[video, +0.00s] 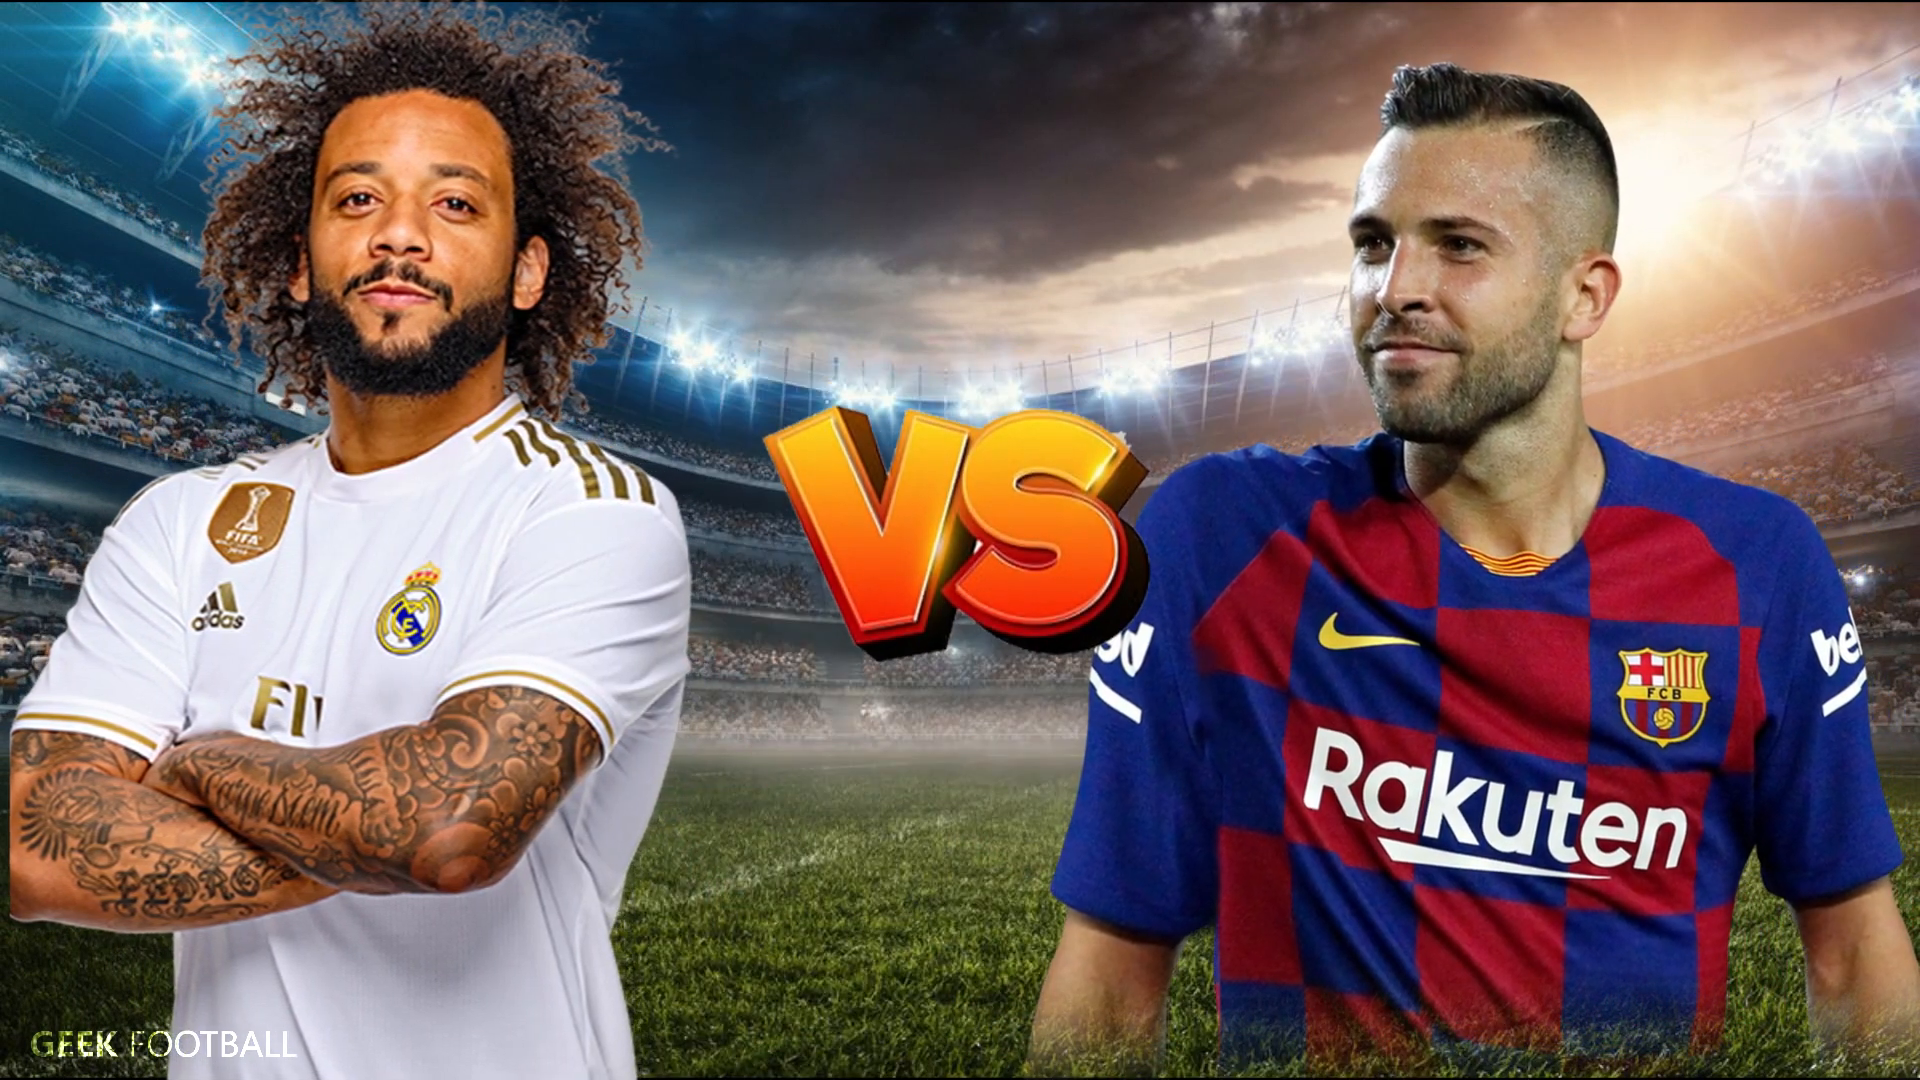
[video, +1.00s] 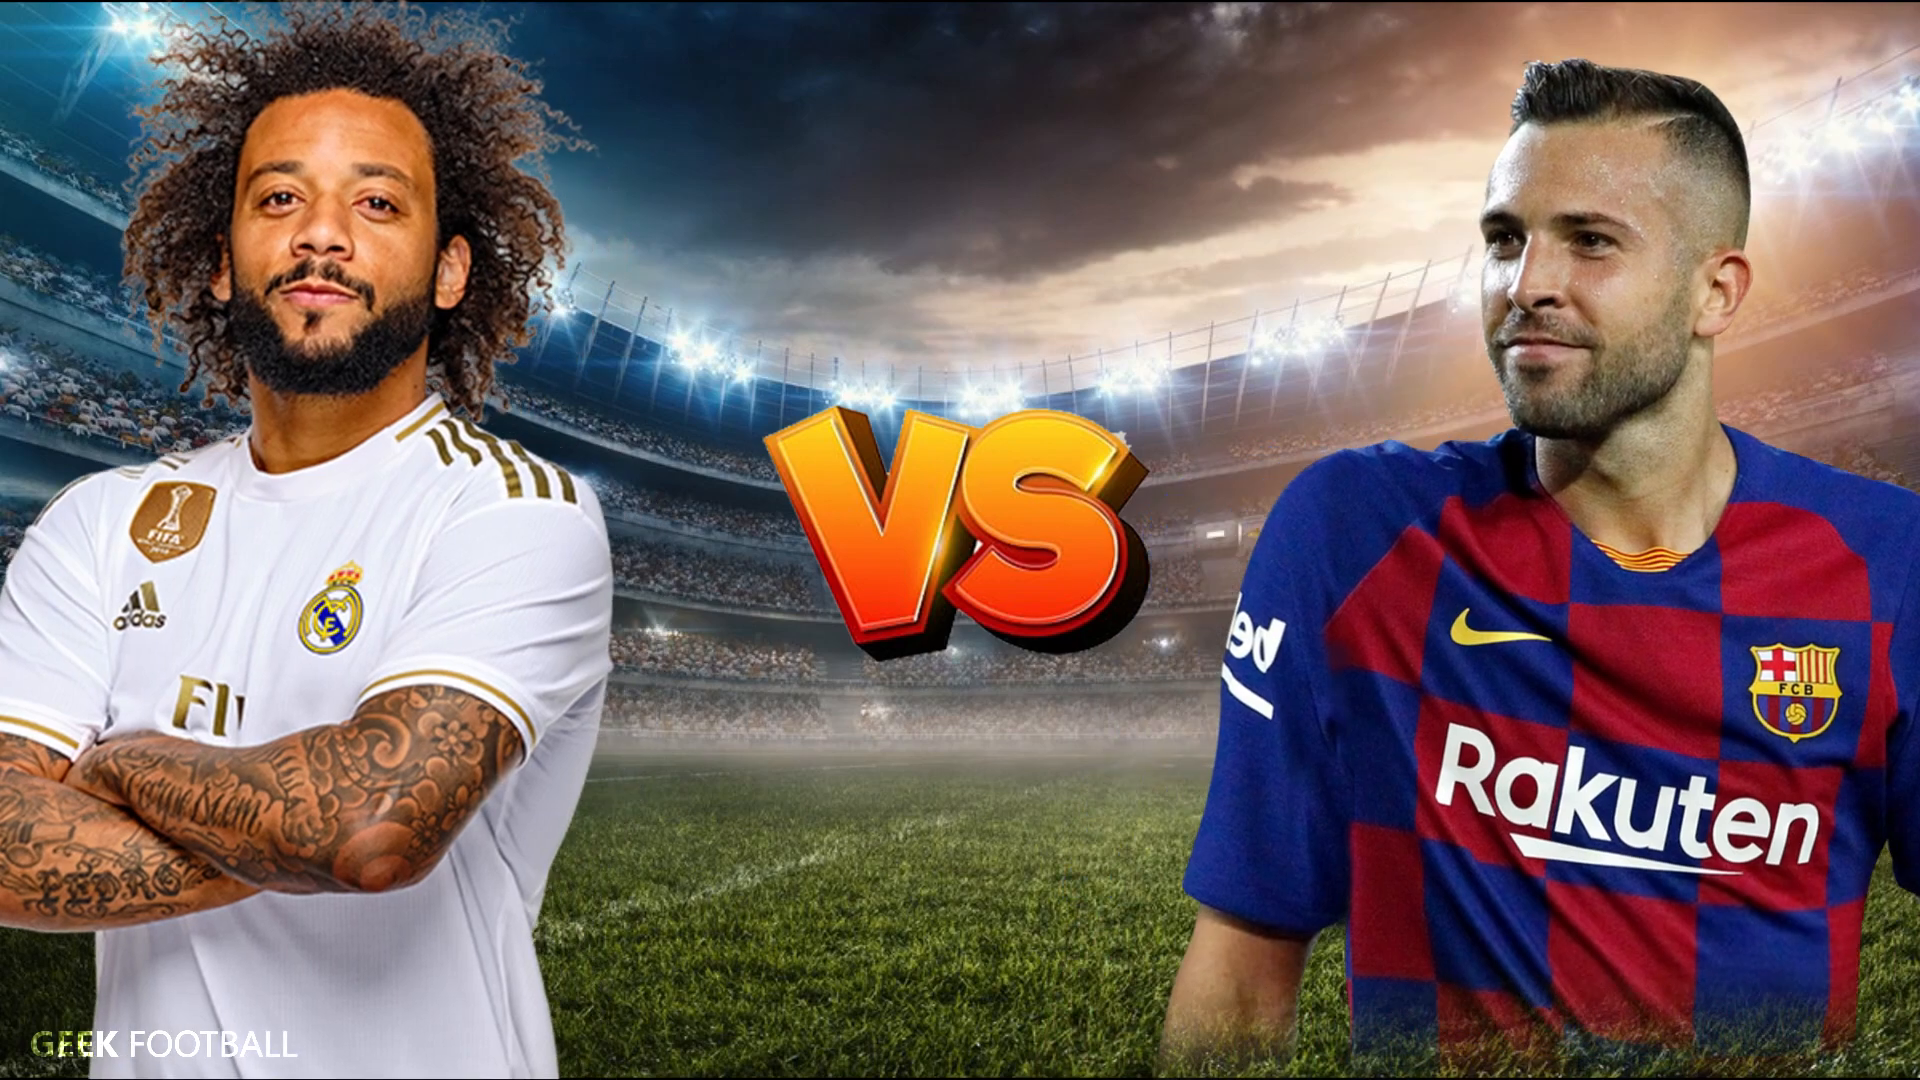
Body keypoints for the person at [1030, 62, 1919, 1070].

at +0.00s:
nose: (1392, 290)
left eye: (1459, 245)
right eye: (1372, 244)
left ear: (1584, 299)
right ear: (1349, 268)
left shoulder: (1760, 568)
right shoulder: (1211, 537)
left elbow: (1855, 944)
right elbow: (1113, 963)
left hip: (1634, 1053)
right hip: (1302, 1051)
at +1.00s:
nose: (1527, 289)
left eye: (1592, 242)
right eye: (1505, 243)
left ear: (1717, 295)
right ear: (1482, 267)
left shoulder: (1892, 563)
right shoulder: (1346, 530)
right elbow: (1242, 962)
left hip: (1768, 1060)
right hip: (1445, 1055)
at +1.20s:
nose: (1653, 280)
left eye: (1719, 234)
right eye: (1633, 234)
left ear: (1844, 285)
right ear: (1612, 255)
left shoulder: (1911, 540)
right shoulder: (1480, 522)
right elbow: (1369, 960)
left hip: (1881, 1046)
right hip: (1582, 1048)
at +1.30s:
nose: (1736, 274)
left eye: (1801, 229)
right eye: (1714, 229)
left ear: (1915, 280)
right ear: (1688, 253)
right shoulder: (1561, 516)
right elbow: (1448, 946)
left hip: (1891, 1043)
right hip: (1645, 1051)